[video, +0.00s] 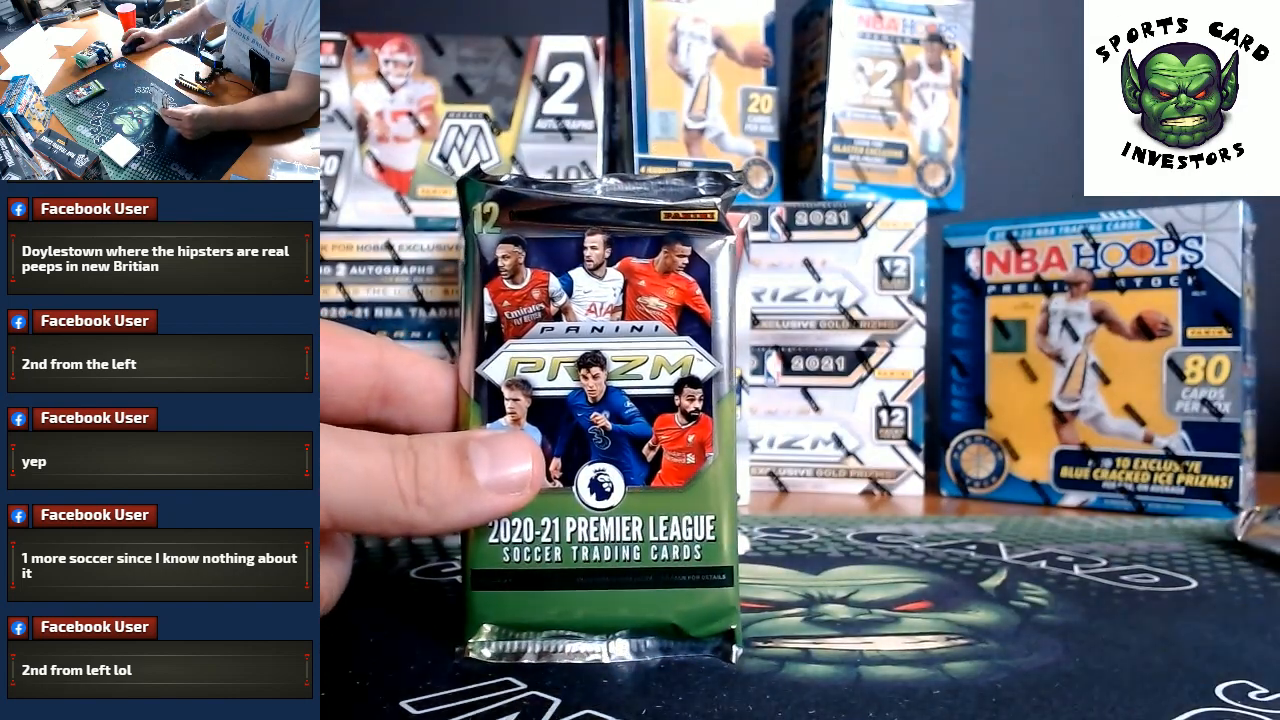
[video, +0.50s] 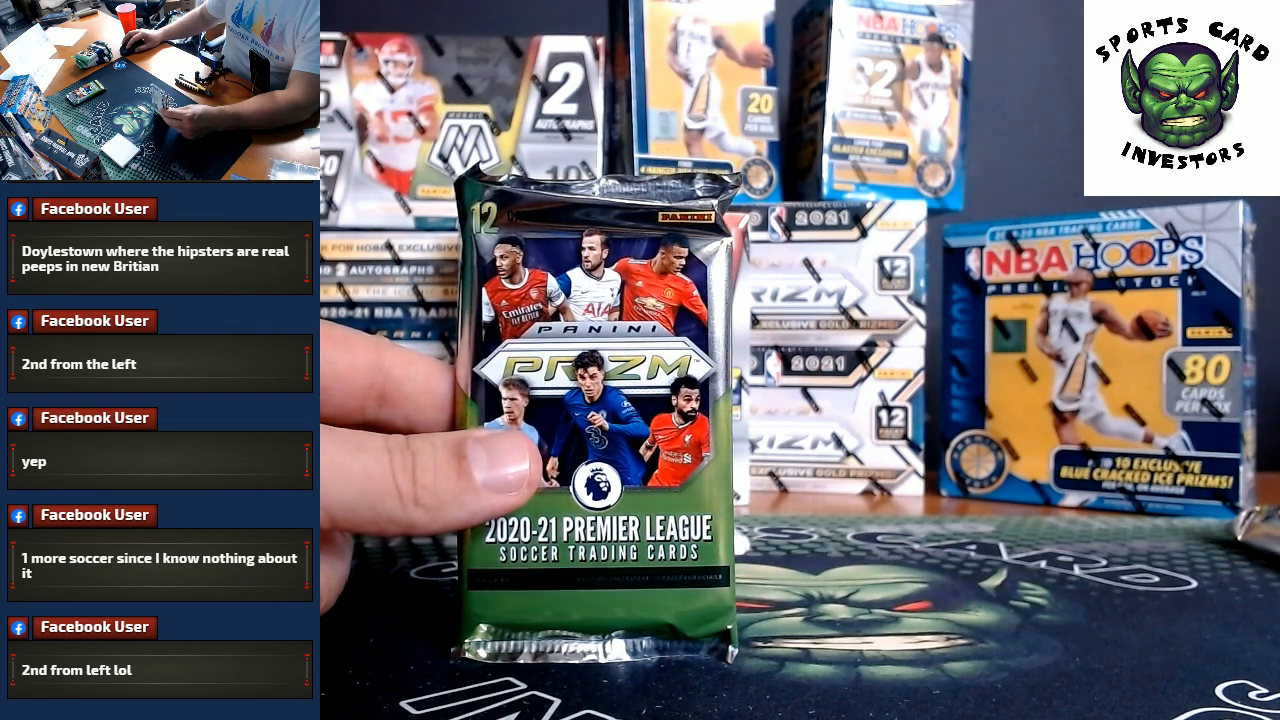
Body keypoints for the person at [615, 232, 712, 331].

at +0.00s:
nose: (686, 262)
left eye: (687, 257)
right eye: (681, 256)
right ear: (665, 252)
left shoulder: (688, 285)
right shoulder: (630, 266)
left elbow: (712, 319)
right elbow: (602, 284)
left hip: (666, 344)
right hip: (631, 341)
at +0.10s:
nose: (682, 261)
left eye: (684, 256)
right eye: (677, 256)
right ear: (662, 252)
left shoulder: (684, 284)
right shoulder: (627, 265)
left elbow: (709, 319)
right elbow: (599, 283)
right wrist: (612, 308)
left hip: (663, 344)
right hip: (627, 342)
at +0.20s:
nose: (682, 262)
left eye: (683, 257)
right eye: (677, 257)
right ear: (661, 253)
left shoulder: (684, 285)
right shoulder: (627, 266)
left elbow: (708, 319)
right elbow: (598, 284)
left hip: (662, 344)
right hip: (628, 341)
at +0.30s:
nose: (684, 263)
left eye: (685, 259)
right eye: (679, 258)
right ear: (663, 254)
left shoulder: (685, 286)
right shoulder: (629, 267)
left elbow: (710, 321)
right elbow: (601, 284)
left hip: (664, 345)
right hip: (629, 342)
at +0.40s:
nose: (683, 263)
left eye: (685, 258)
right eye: (678, 258)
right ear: (663, 254)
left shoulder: (685, 285)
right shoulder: (628, 267)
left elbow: (710, 320)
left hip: (663, 345)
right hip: (629, 342)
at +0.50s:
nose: (683, 263)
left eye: (685, 258)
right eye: (678, 258)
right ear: (662, 254)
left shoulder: (684, 285)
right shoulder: (628, 267)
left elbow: (708, 319)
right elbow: (600, 286)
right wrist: (613, 310)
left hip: (663, 345)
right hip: (629, 342)